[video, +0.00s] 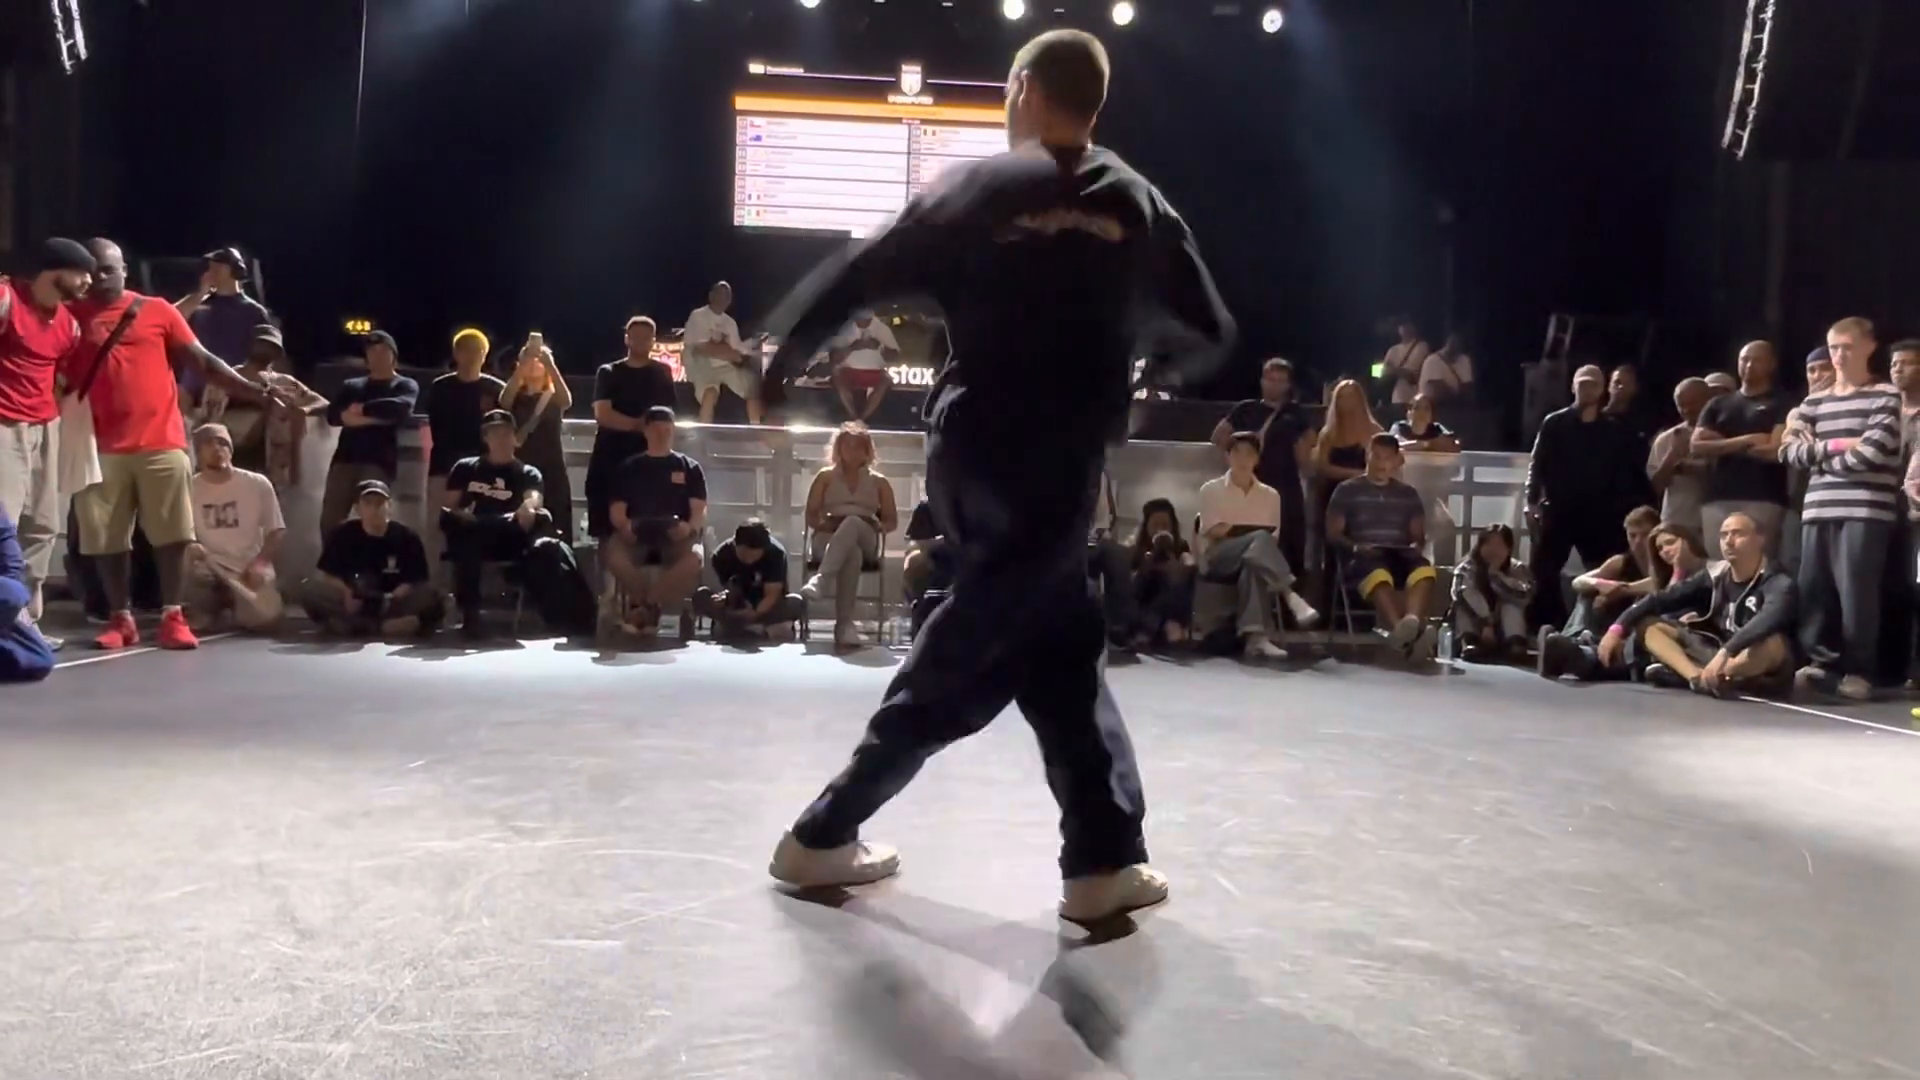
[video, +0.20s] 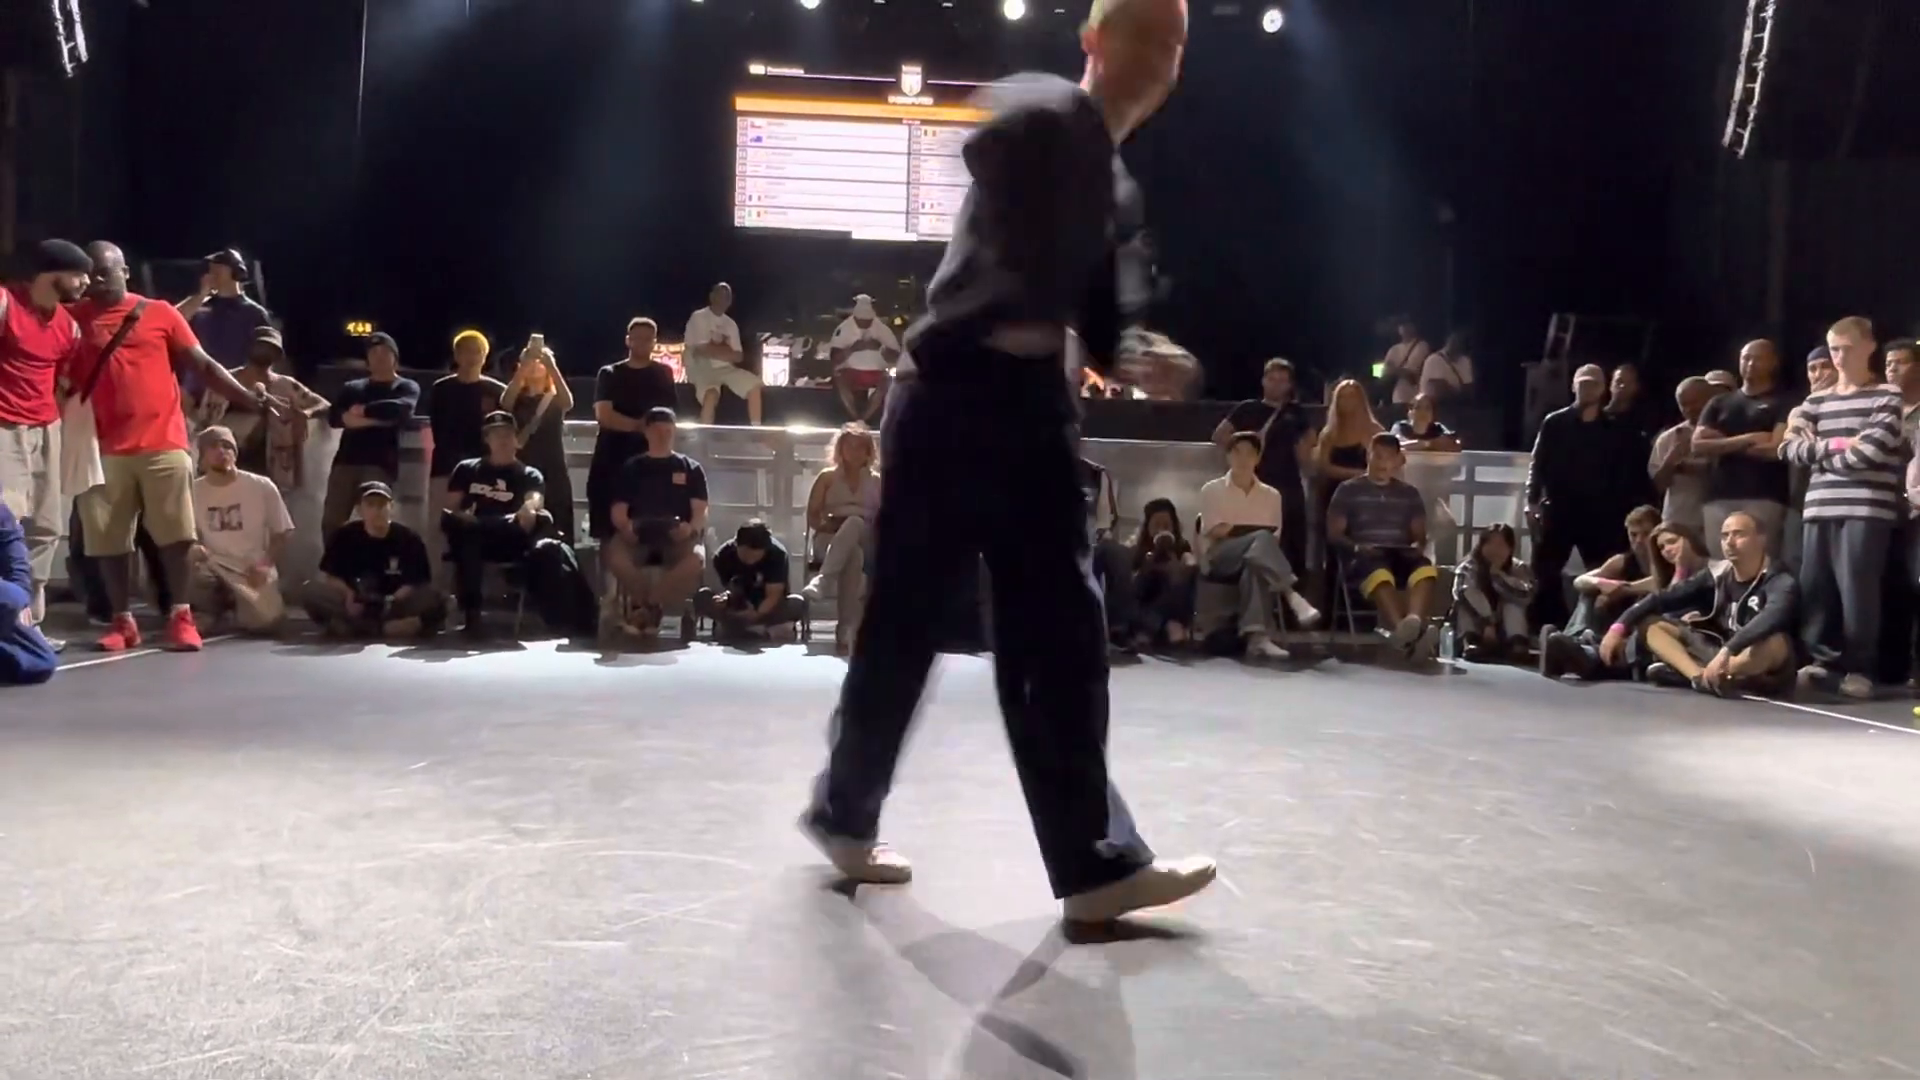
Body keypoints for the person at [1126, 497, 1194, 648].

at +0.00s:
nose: (1160, 531)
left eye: (1165, 525)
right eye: (1155, 525)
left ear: (1173, 526)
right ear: (1146, 526)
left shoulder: (1180, 546)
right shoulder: (1137, 550)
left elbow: (1189, 568)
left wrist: (1168, 552)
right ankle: (1172, 624)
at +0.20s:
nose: (1161, 531)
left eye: (1166, 526)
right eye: (1156, 526)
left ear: (1174, 526)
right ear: (1147, 527)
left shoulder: (1182, 548)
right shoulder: (1138, 551)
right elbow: (1132, 584)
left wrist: (1169, 553)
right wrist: (1150, 563)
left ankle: (1146, 632)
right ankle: (1171, 625)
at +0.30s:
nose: (1163, 532)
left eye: (1168, 526)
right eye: (1157, 526)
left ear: (1176, 526)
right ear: (1148, 527)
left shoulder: (1183, 548)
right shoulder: (1139, 551)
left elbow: (1191, 570)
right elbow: (1135, 584)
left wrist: (1170, 553)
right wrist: (1155, 557)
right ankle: (1174, 625)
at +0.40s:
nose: (1163, 532)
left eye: (1168, 527)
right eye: (1158, 527)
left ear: (1176, 527)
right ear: (1149, 528)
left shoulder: (1184, 548)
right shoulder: (1139, 551)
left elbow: (1193, 569)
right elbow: (1134, 584)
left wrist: (1171, 554)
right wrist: (1153, 562)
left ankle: (1181, 627)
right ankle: (1175, 627)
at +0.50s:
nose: (1164, 531)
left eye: (1169, 526)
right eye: (1159, 526)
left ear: (1177, 526)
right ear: (1150, 527)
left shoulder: (1184, 547)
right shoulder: (1141, 551)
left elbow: (1194, 566)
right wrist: (1154, 559)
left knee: (1183, 577)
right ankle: (1176, 623)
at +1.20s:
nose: (1172, 530)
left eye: (1177, 524)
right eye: (1167, 524)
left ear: (1185, 525)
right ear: (1158, 525)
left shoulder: (1192, 545)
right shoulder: (1147, 548)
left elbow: (1202, 564)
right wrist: (1161, 562)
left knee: (1192, 575)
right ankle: (1183, 623)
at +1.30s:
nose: (1173, 528)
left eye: (1178, 523)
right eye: (1168, 523)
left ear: (1186, 523)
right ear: (1159, 523)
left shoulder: (1193, 543)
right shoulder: (1149, 546)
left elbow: (1204, 562)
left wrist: (1188, 563)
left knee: (1193, 575)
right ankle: (1184, 622)